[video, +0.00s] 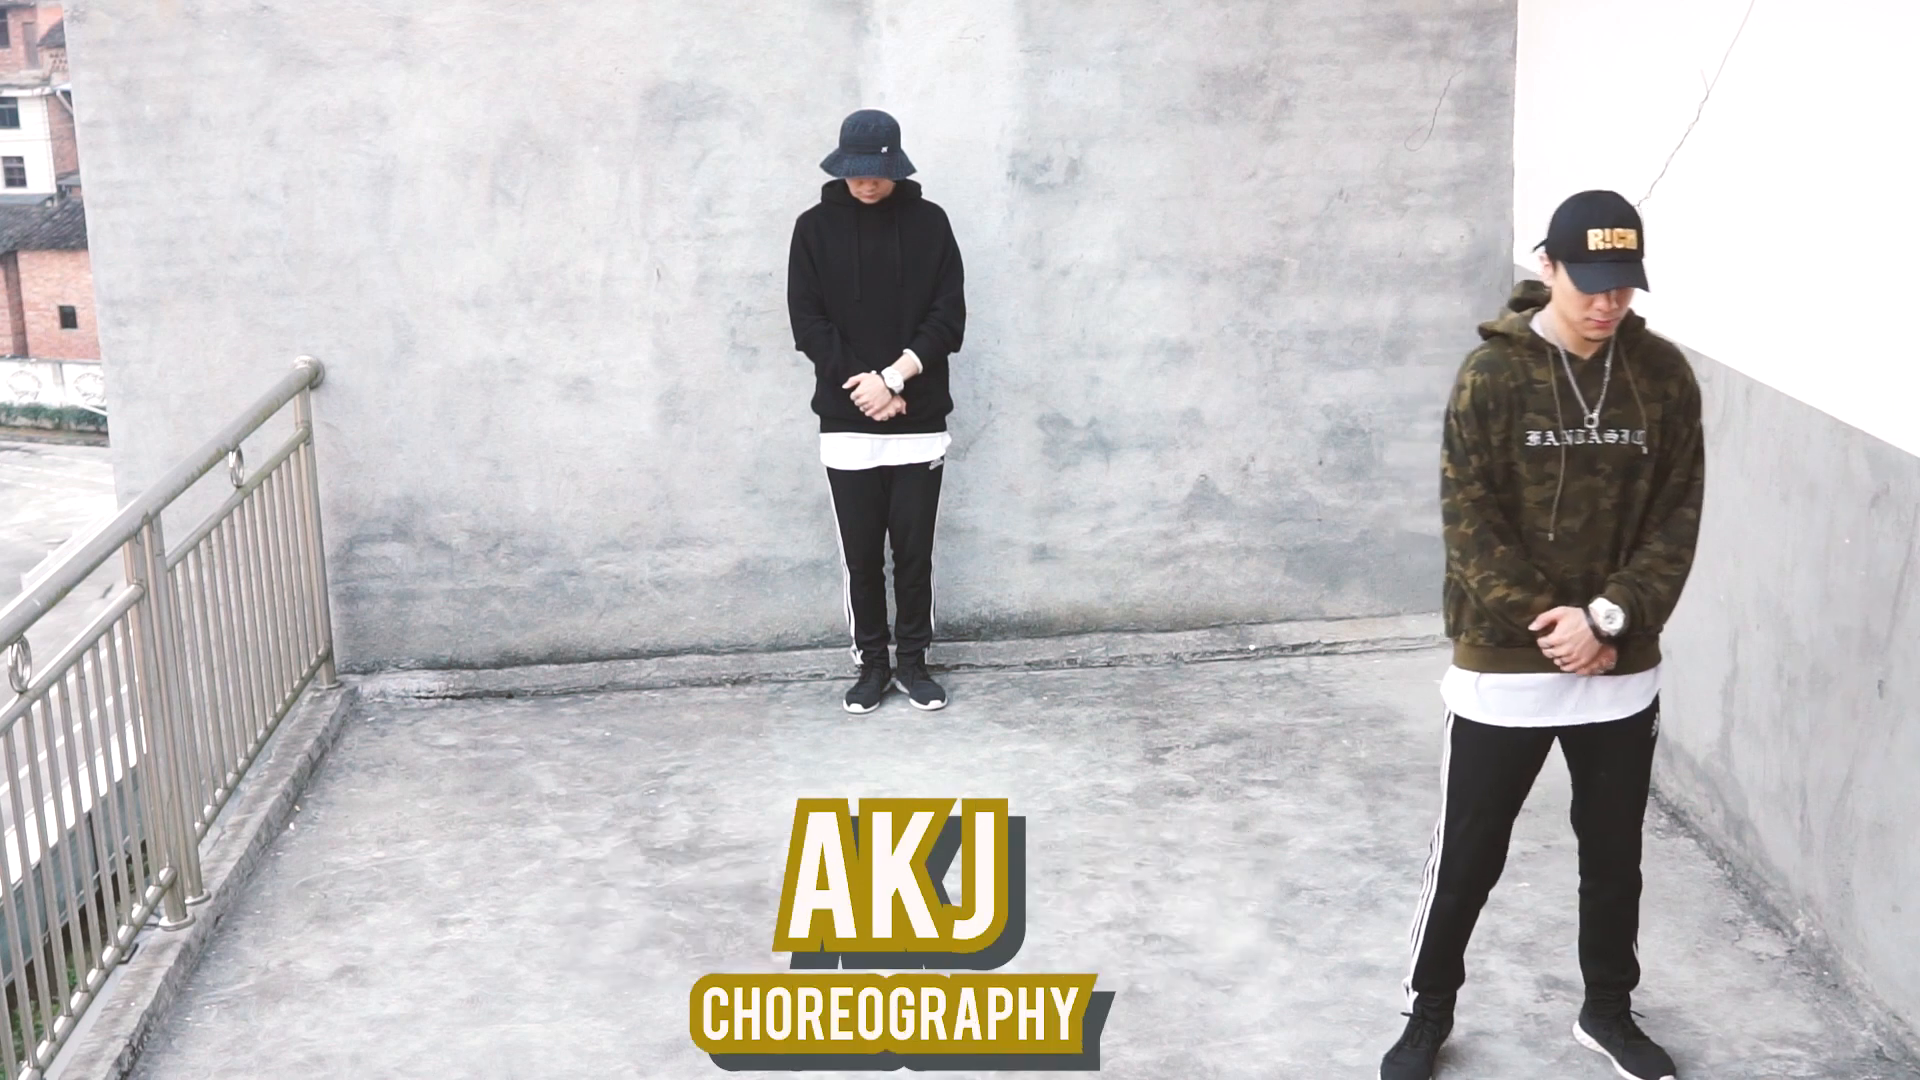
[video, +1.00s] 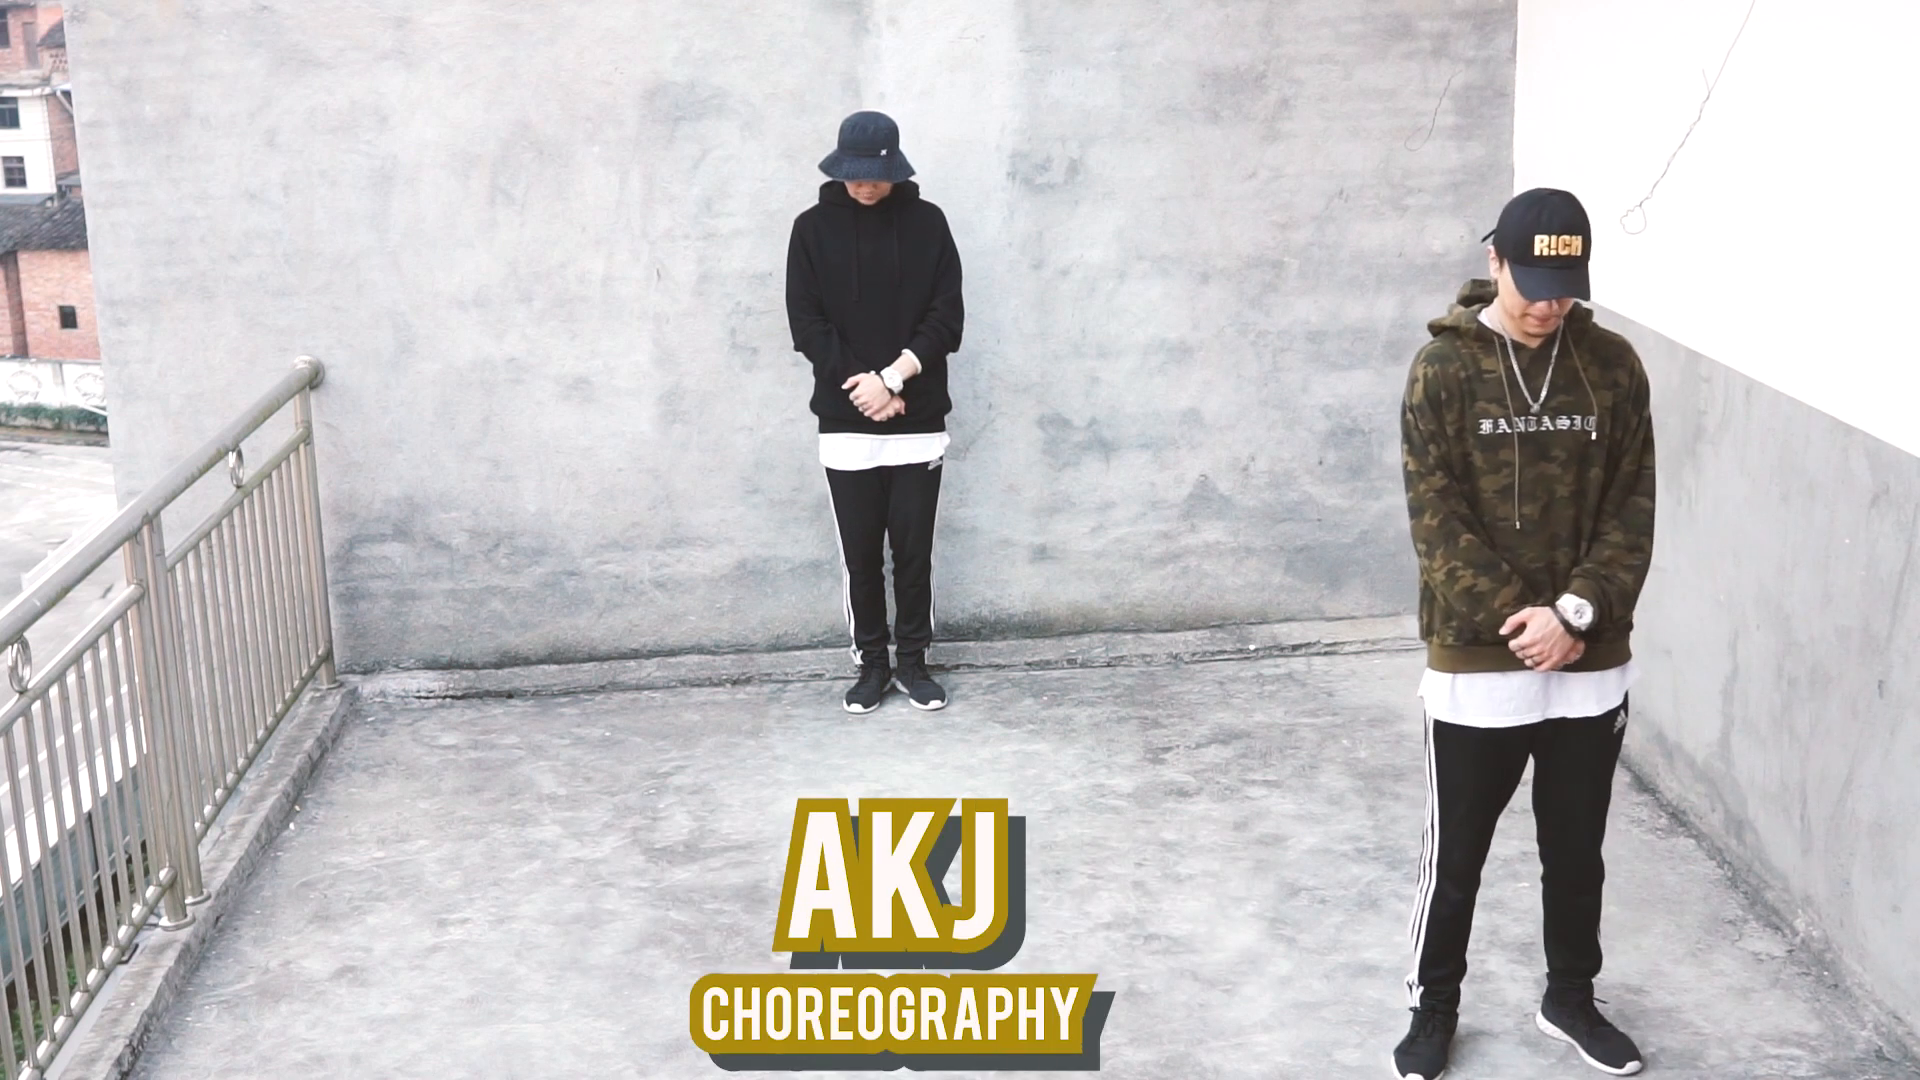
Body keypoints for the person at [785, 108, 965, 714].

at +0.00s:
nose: (867, 183)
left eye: (878, 173)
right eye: (856, 173)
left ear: (897, 168)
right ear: (841, 169)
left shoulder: (928, 222)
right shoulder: (815, 226)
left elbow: (948, 317)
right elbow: (807, 323)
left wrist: (895, 373)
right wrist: (863, 386)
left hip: (919, 413)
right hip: (845, 416)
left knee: (913, 548)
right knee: (861, 551)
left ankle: (913, 664)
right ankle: (872, 666)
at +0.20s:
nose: (866, 183)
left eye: (878, 173)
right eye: (856, 173)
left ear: (897, 169)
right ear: (841, 169)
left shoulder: (928, 222)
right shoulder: (815, 226)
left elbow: (948, 318)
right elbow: (807, 323)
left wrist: (894, 373)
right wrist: (863, 386)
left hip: (919, 413)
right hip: (845, 416)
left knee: (913, 548)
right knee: (861, 551)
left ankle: (913, 663)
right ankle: (872, 666)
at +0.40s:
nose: (865, 184)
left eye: (877, 173)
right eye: (855, 173)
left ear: (896, 169)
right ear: (840, 170)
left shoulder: (928, 221)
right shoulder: (814, 227)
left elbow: (948, 317)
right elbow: (807, 323)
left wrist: (894, 373)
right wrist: (863, 387)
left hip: (919, 413)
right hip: (845, 416)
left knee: (913, 548)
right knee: (861, 551)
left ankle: (913, 663)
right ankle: (872, 666)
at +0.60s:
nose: (865, 184)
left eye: (876, 173)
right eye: (855, 173)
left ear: (896, 169)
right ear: (839, 170)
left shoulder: (927, 221)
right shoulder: (814, 227)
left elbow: (948, 317)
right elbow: (806, 323)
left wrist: (894, 373)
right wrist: (863, 387)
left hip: (919, 413)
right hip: (845, 416)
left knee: (913, 549)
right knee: (861, 552)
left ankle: (913, 664)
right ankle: (872, 666)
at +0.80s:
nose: (864, 185)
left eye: (876, 174)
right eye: (854, 174)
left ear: (896, 170)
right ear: (839, 170)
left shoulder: (927, 221)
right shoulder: (813, 227)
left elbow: (947, 318)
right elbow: (806, 323)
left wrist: (894, 373)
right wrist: (862, 387)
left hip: (919, 413)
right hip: (845, 416)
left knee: (913, 549)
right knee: (861, 552)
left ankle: (913, 663)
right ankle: (872, 666)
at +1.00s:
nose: (865, 186)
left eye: (876, 176)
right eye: (855, 175)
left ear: (896, 170)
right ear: (839, 170)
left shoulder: (926, 221)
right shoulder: (813, 227)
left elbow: (947, 317)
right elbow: (806, 324)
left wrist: (893, 373)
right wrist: (862, 387)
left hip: (918, 414)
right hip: (844, 417)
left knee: (913, 549)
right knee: (860, 552)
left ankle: (913, 664)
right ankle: (872, 666)